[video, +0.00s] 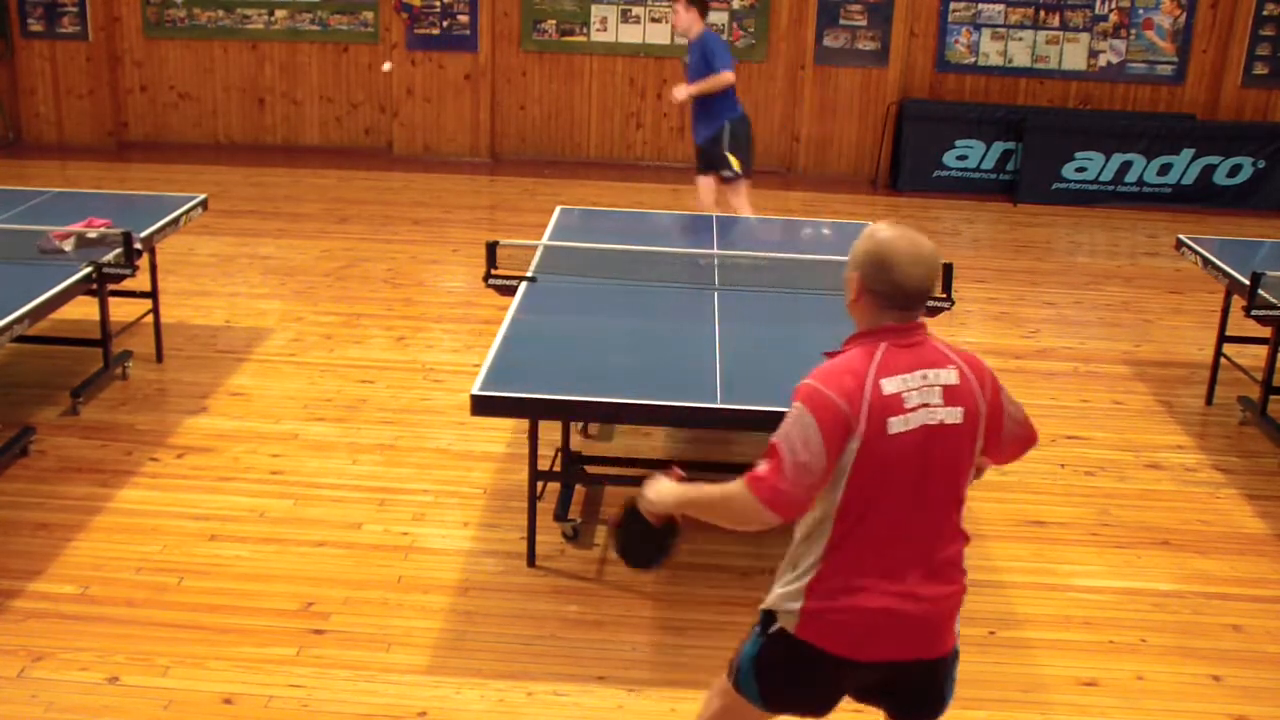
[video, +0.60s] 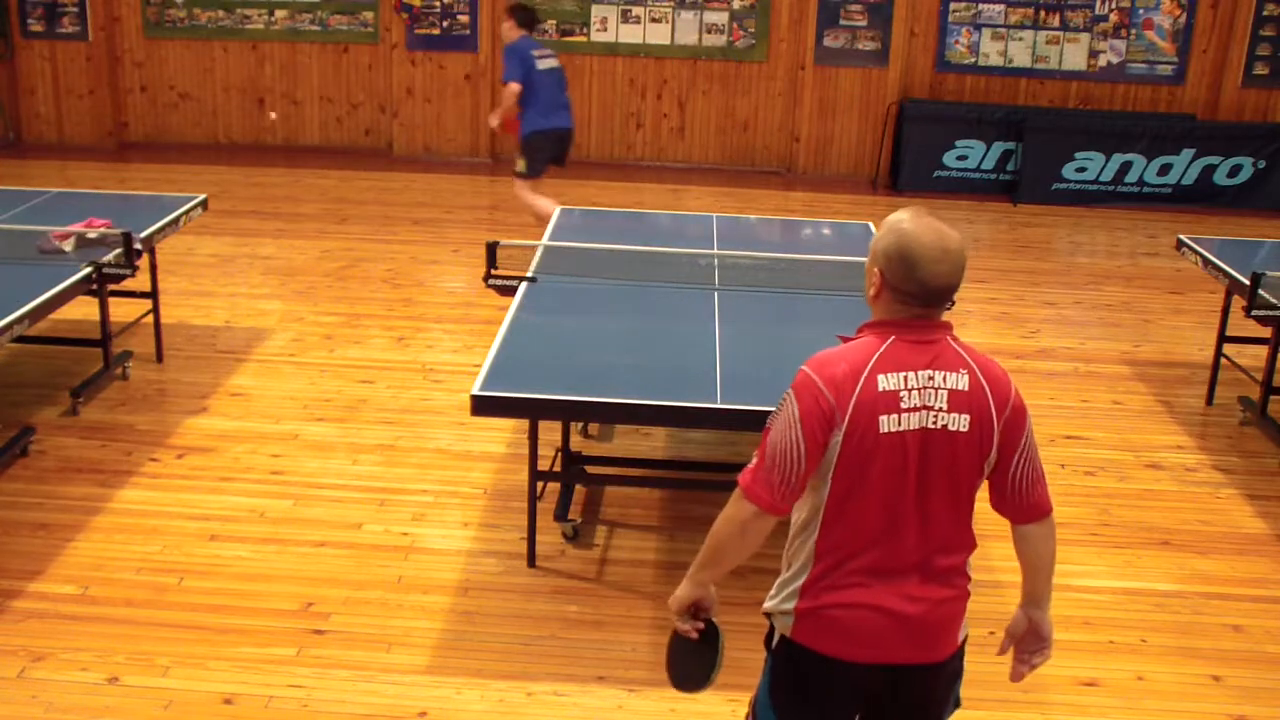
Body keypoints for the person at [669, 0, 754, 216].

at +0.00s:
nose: (673, 19)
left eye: (676, 12)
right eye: (673, 13)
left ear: (694, 13)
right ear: (689, 14)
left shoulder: (712, 41)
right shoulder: (694, 45)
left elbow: (727, 76)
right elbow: (703, 80)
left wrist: (689, 89)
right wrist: (686, 91)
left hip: (727, 124)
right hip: (705, 127)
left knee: (737, 194)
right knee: (706, 190)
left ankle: (754, 245)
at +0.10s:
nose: (648, 13)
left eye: (650, 6)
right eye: (648, 7)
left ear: (666, 5)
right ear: (666, 7)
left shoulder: (683, 26)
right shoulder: (674, 32)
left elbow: (696, 64)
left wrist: (662, 79)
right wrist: (661, 78)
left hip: (702, 115)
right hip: (683, 118)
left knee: (700, 190)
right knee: (673, 186)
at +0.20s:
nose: (624, 18)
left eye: (627, 11)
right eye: (625, 12)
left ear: (641, 13)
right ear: (644, 13)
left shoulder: (655, 36)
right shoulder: (664, 36)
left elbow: (655, 77)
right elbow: (687, 70)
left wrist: (627, 89)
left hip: (674, 122)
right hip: (659, 123)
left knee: (674, 195)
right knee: (637, 185)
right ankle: (651, 240)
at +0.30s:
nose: (599, 35)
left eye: (601, 30)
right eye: (599, 30)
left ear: (614, 29)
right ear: (618, 29)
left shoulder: (622, 54)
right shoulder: (642, 53)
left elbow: (615, 98)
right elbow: (665, 91)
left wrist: (591, 105)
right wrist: (658, 124)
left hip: (643, 139)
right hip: (652, 136)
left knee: (664, 204)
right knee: (602, 184)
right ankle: (597, 238)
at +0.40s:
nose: (569, 30)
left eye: (572, 25)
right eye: (570, 25)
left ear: (582, 28)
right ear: (594, 30)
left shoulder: (581, 53)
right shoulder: (611, 52)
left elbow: (577, 94)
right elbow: (634, 90)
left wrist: (557, 102)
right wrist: (631, 122)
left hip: (610, 135)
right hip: (626, 131)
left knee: (634, 195)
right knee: (572, 180)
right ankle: (572, 237)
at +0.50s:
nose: (535, 31)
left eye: (539, 25)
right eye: (536, 25)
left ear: (549, 29)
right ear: (560, 30)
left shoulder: (546, 51)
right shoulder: (577, 51)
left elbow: (541, 91)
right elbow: (600, 89)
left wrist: (523, 107)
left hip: (575, 130)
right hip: (593, 129)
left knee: (584, 195)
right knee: (546, 179)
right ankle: (560, 233)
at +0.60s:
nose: (502, 26)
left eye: (505, 21)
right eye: (504, 21)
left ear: (514, 25)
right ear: (528, 26)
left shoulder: (515, 49)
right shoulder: (544, 48)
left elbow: (514, 87)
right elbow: (559, 87)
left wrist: (499, 114)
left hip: (540, 128)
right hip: (562, 127)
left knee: (522, 189)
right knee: (534, 187)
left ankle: (566, 221)